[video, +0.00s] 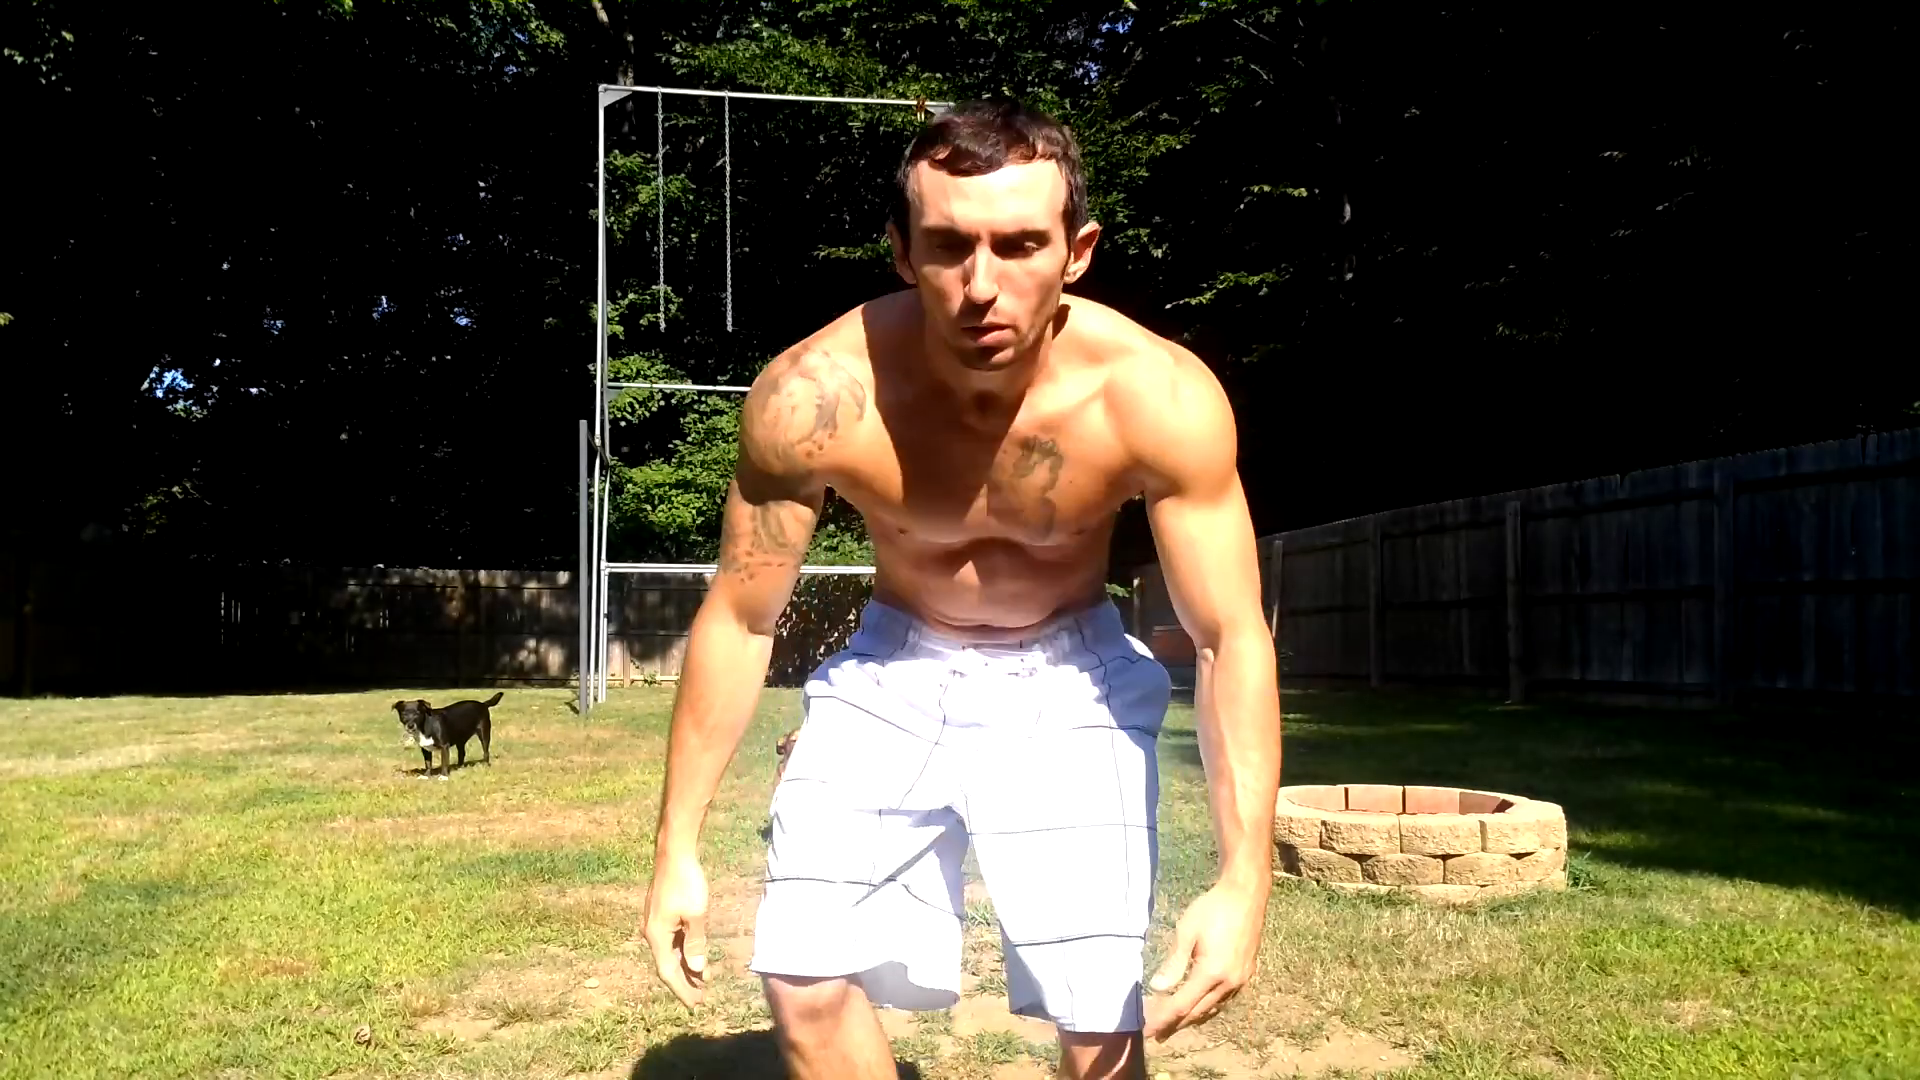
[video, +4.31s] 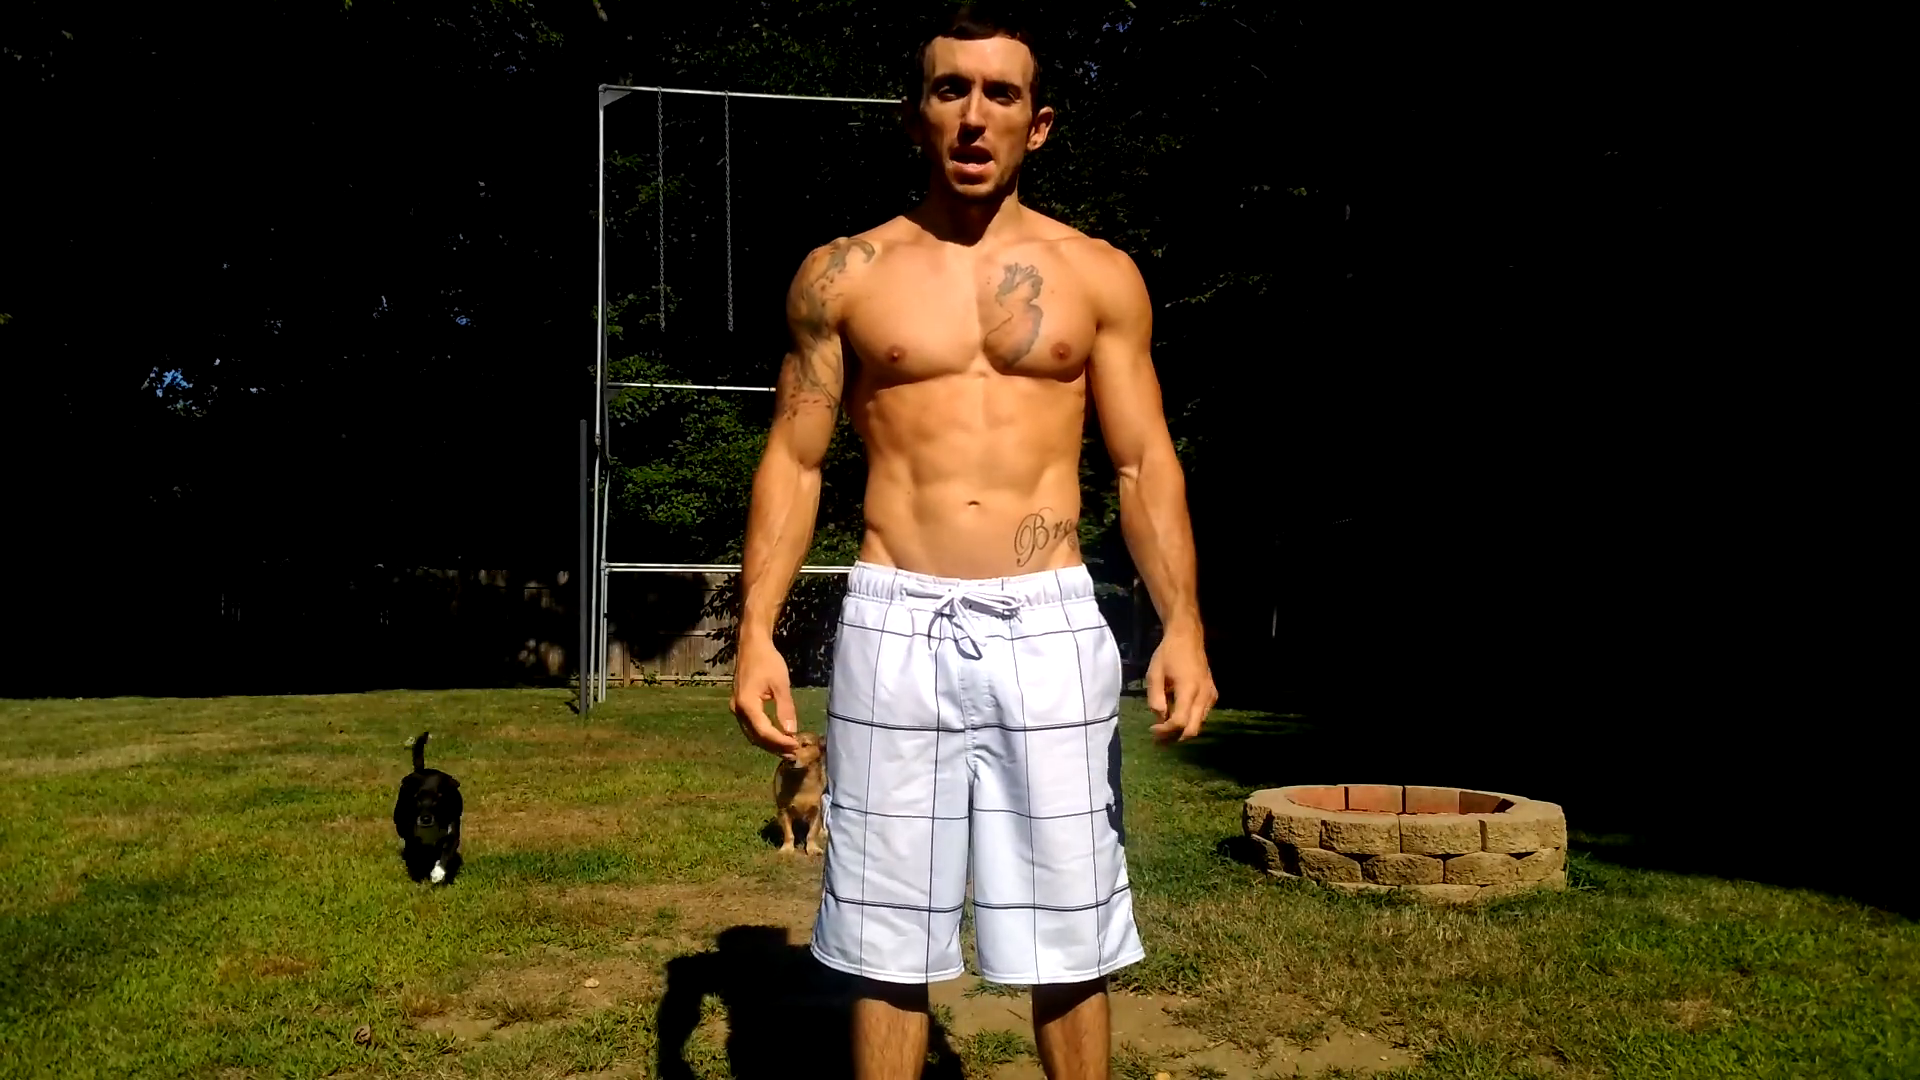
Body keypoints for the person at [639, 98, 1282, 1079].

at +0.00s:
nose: (980, 285)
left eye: (1016, 246)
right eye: (947, 248)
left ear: (1075, 250)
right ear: (905, 252)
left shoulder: (1162, 403)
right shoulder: (812, 399)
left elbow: (1233, 641)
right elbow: (738, 618)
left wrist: (1242, 881)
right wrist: (676, 844)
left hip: (1073, 672)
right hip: (891, 658)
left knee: (1098, 1020)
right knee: (804, 974)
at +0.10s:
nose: (968, 165)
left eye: (1002, 129)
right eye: (937, 132)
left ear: (1059, 152)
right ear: (896, 158)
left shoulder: (1147, 328)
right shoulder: (814, 326)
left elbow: (1225, 547)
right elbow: (746, 538)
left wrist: (1265, 766)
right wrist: (688, 749)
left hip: (1061, 663)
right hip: (882, 658)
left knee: (1083, 1026)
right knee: (829, 1010)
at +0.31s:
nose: (928, 130)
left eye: (957, 99)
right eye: (902, 106)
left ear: (1012, 118)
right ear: (873, 132)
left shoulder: (1095, 284)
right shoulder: (806, 297)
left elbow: (1184, 481)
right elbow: (739, 498)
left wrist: (1274, 628)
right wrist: (688, 696)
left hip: (1041, 650)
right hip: (879, 653)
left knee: (1058, 1020)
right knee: (896, 1025)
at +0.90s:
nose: (998, 207)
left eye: (1021, 180)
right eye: (975, 181)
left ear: (1073, 151)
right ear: (947, 157)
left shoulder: (1158, 281)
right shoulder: (904, 287)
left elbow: (1236, 459)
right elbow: (873, 458)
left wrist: (1294, 625)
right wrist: (831, 624)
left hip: (1093, 624)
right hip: (946, 619)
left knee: (1098, 920)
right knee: (925, 919)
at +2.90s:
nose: (956, 116)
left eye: (982, 95)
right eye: (932, 94)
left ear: (1019, 121)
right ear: (904, 119)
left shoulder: (1092, 274)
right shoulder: (829, 277)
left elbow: (1132, 464)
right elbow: (782, 458)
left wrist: (1155, 636)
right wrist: (742, 635)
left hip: (1040, 625)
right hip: (883, 622)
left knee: (1062, 947)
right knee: (880, 944)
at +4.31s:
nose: (973, 115)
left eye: (1001, 94)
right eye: (950, 90)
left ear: (1035, 124)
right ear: (918, 113)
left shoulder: (1099, 275)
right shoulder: (841, 274)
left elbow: (1144, 460)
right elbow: (794, 456)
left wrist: (1182, 623)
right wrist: (755, 633)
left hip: (1050, 623)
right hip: (893, 623)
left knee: (1070, 946)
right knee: (884, 945)